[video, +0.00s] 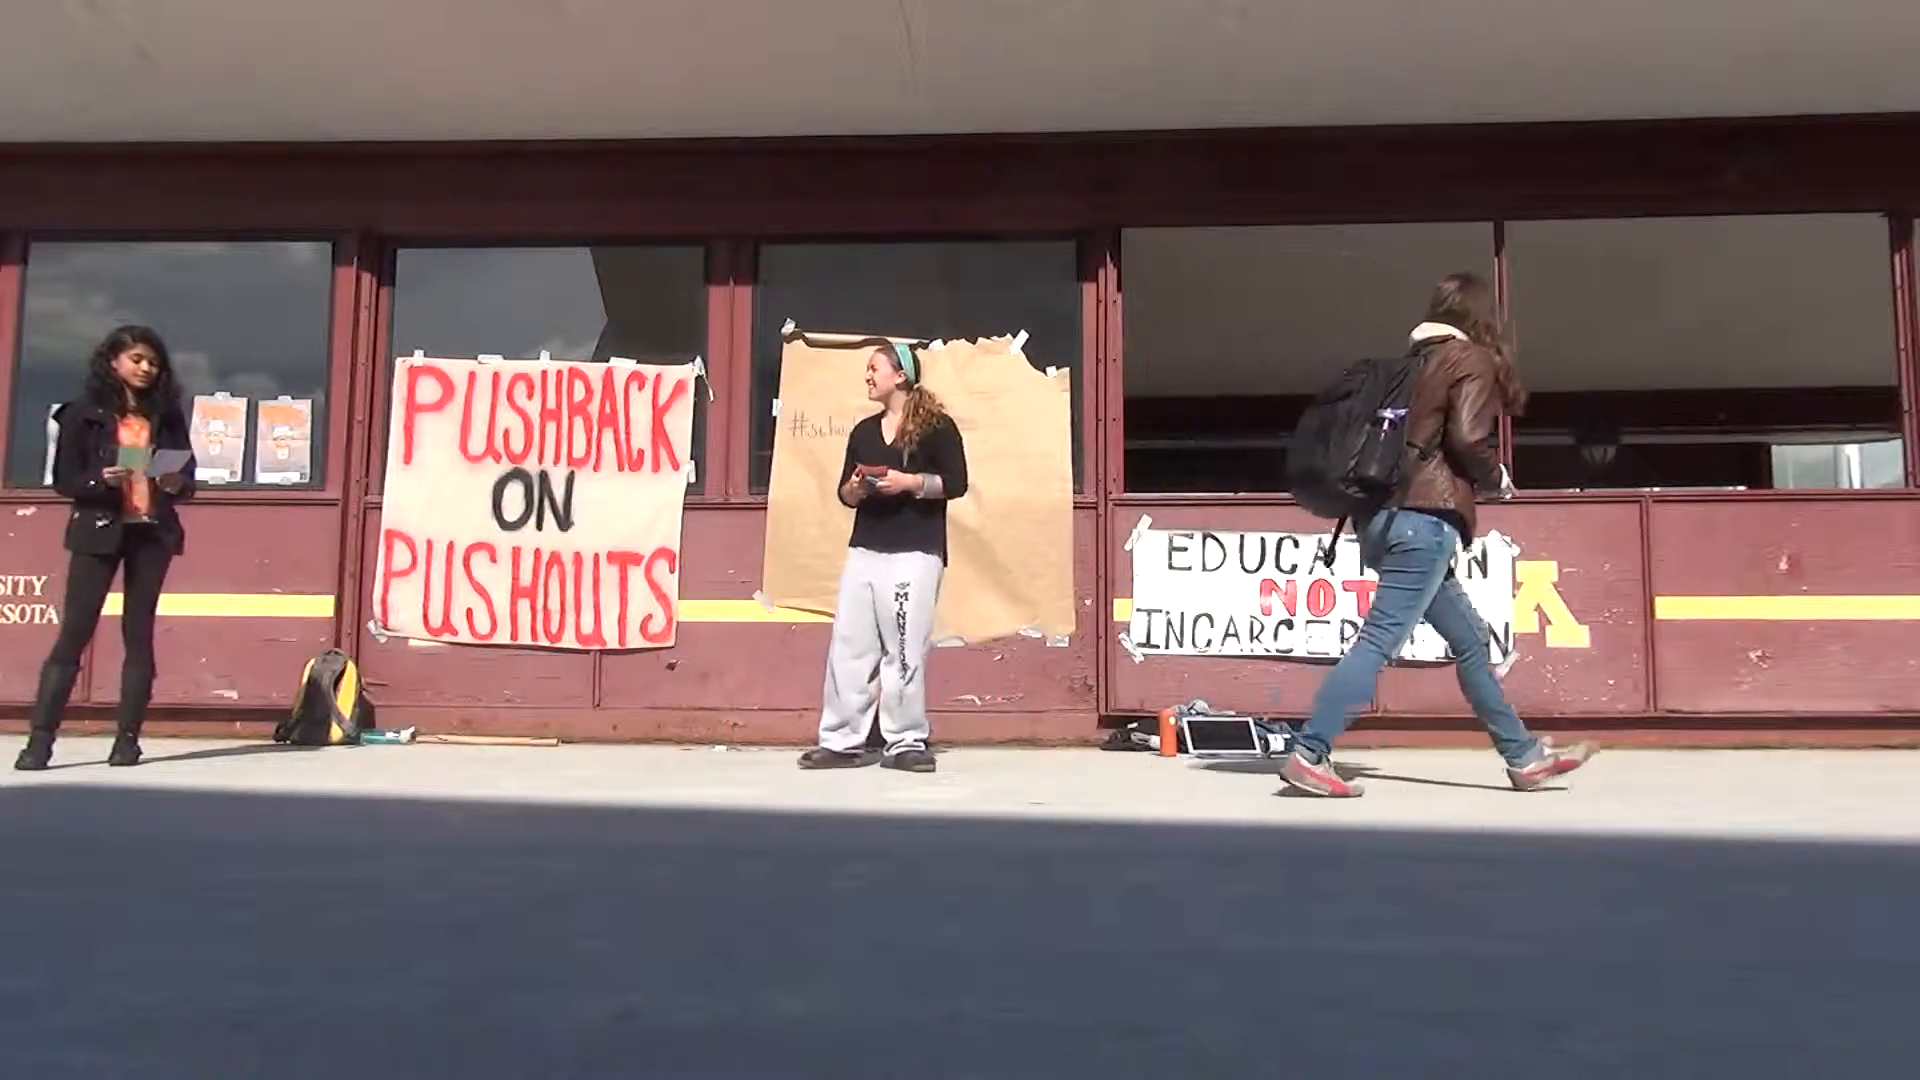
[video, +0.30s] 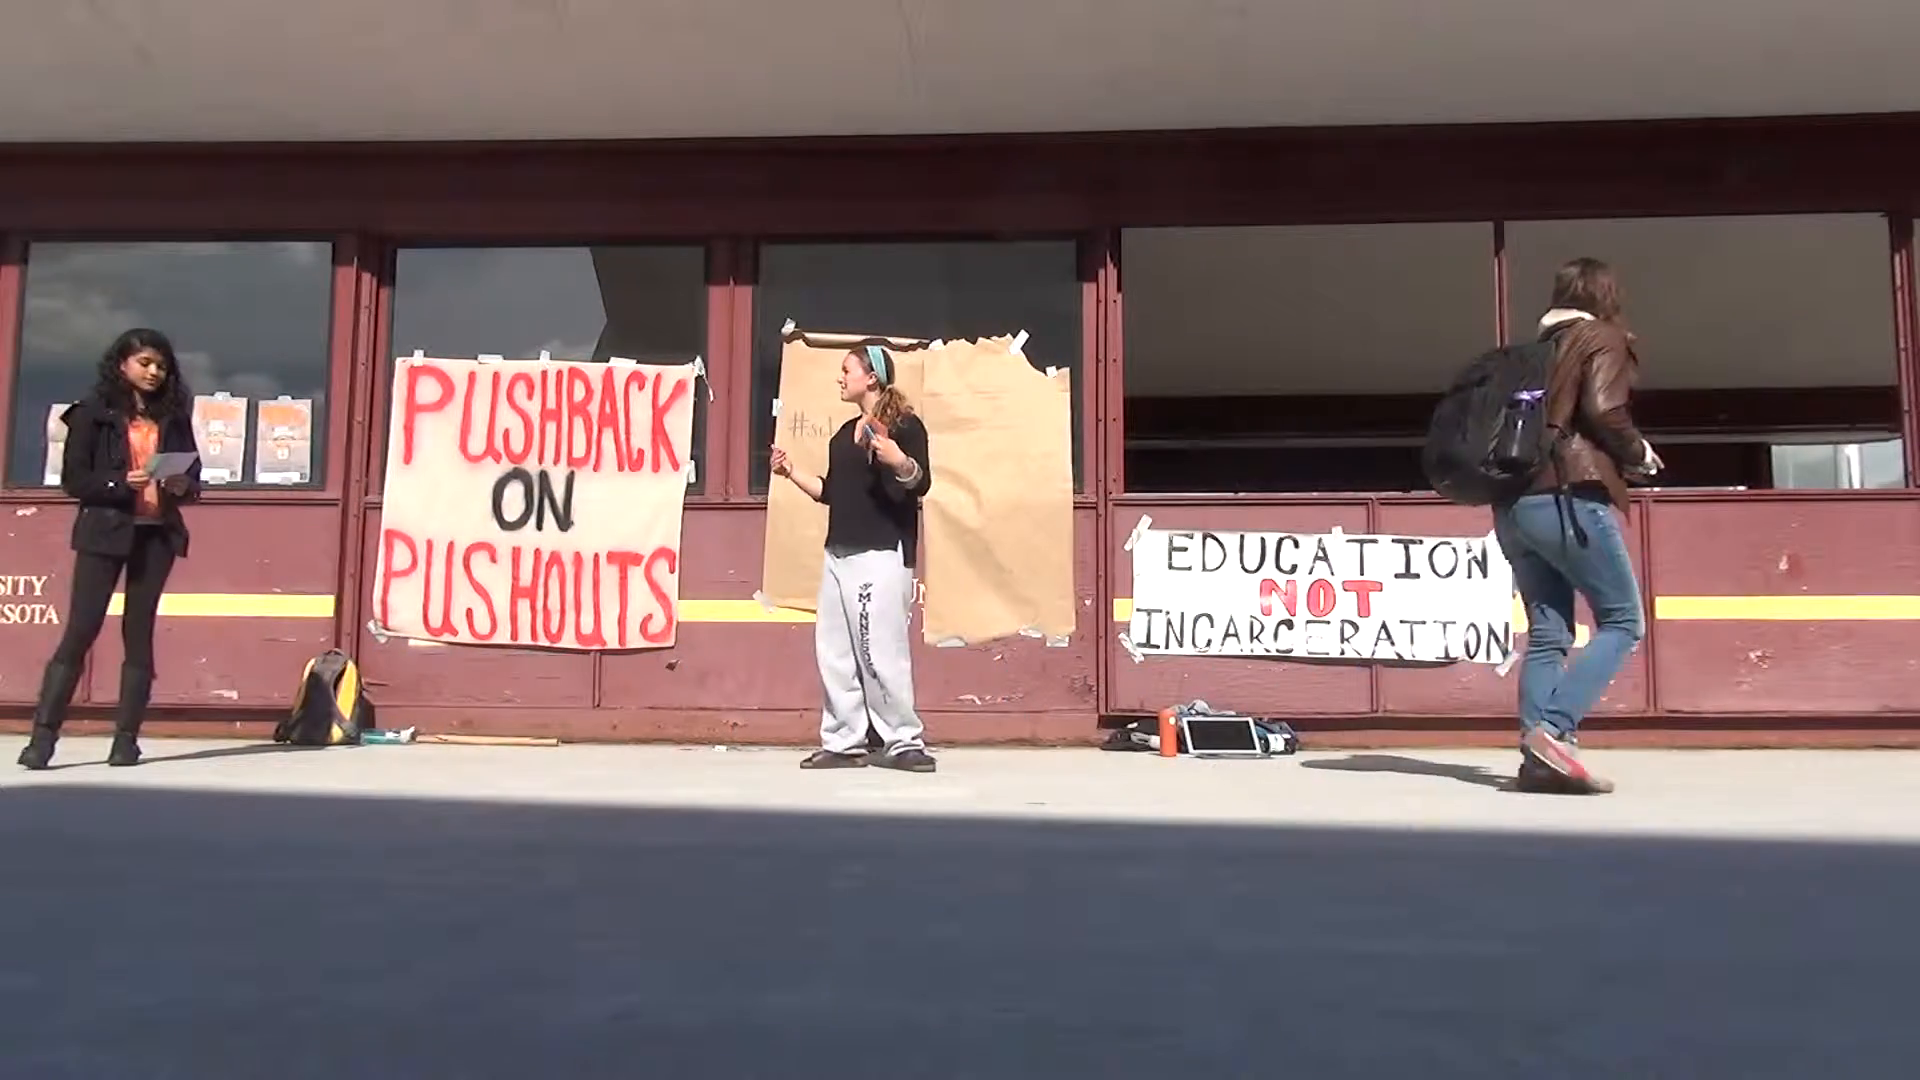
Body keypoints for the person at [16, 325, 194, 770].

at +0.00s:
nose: (145, 368)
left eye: (152, 362)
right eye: (136, 359)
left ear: (158, 370)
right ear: (112, 361)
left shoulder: (168, 416)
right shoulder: (82, 413)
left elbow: (187, 483)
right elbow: (64, 482)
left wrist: (177, 484)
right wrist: (103, 481)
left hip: (151, 532)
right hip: (99, 530)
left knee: (138, 629)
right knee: (76, 628)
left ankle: (128, 737)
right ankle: (41, 738)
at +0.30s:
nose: (153, 371)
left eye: (160, 365)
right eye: (144, 362)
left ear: (166, 372)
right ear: (122, 364)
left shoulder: (174, 417)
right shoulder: (92, 411)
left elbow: (193, 482)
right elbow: (74, 482)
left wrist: (184, 488)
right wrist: (124, 482)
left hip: (157, 532)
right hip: (105, 529)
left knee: (139, 628)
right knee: (83, 627)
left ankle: (126, 737)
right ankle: (44, 735)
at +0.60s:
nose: (151, 372)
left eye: (159, 366)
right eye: (143, 363)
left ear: (165, 372)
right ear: (121, 364)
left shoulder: (173, 417)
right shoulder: (89, 412)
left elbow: (191, 480)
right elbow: (69, 480)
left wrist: (175, 484)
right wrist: (115, 481)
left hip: (152, 532)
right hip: (100, 527)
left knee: (135, 629)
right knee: (78, 627)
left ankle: (125, 736)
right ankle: (45, 732)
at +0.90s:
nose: (137, 368)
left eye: (144, 362)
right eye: (128, 359)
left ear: (152, 368)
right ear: (105, 360)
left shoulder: (161, 418)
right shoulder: (74, 409)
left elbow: (175, 486)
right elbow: (53, 475)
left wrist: (162, 480)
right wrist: (101, 474)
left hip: (138, 532)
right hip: (86, 528)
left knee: (125, 632)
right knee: (76, 629)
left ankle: (124, 738)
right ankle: (45, 736)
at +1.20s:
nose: (122, 363)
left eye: (130, 357)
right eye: (114, 353)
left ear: (136, 364)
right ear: (89, 353)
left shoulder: (141, 410)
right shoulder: (55, 404)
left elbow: (155, 477)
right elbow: (33, 470)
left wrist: (145, 477)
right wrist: (87, 470)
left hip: (119, 529)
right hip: (64, 526)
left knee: (113, 629)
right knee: (63, 627)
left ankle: (124, 736)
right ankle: (45, 738)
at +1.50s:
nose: (109, 361)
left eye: (117, 354)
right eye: (101, 351)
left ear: (124, 360)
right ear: (76, 349)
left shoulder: (127, 406)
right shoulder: (39, 401)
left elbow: (143, 470)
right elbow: (19, 470)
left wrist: (136, 472)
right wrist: (77, 459)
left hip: (106, 528)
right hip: (52, 526)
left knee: (106, 629)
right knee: (57, 627)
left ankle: (121, 735)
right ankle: (45, 740)